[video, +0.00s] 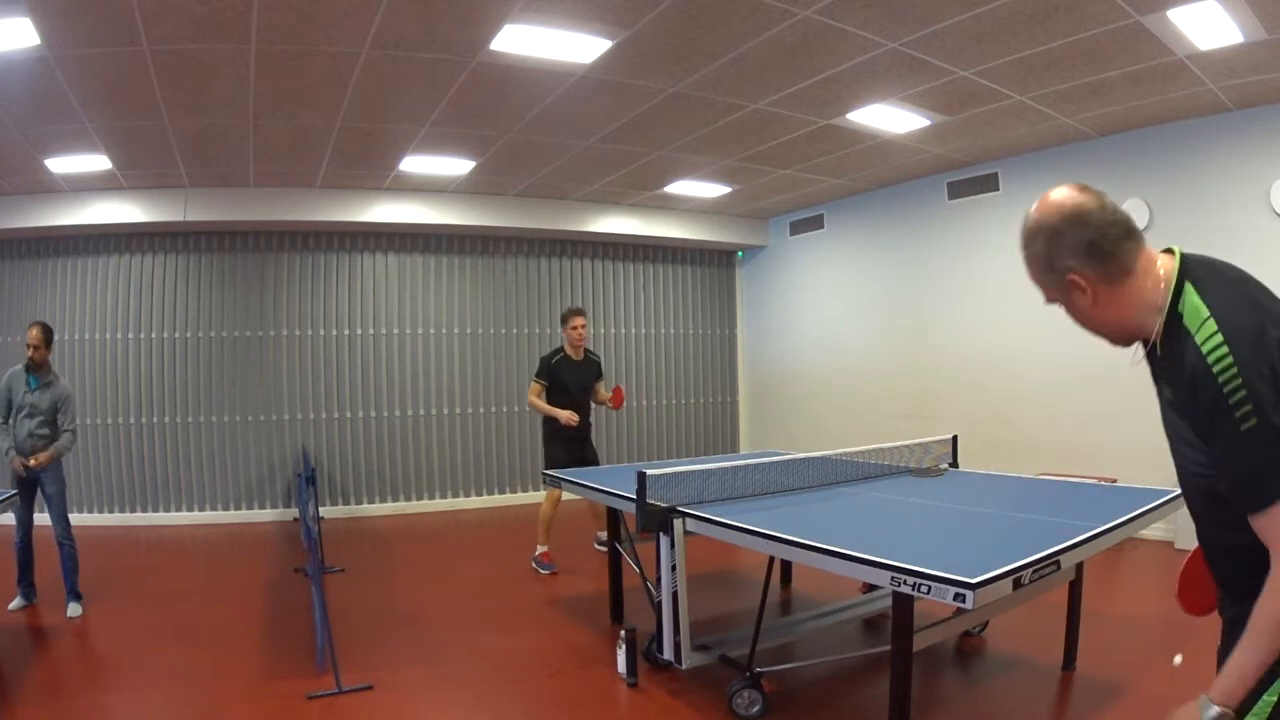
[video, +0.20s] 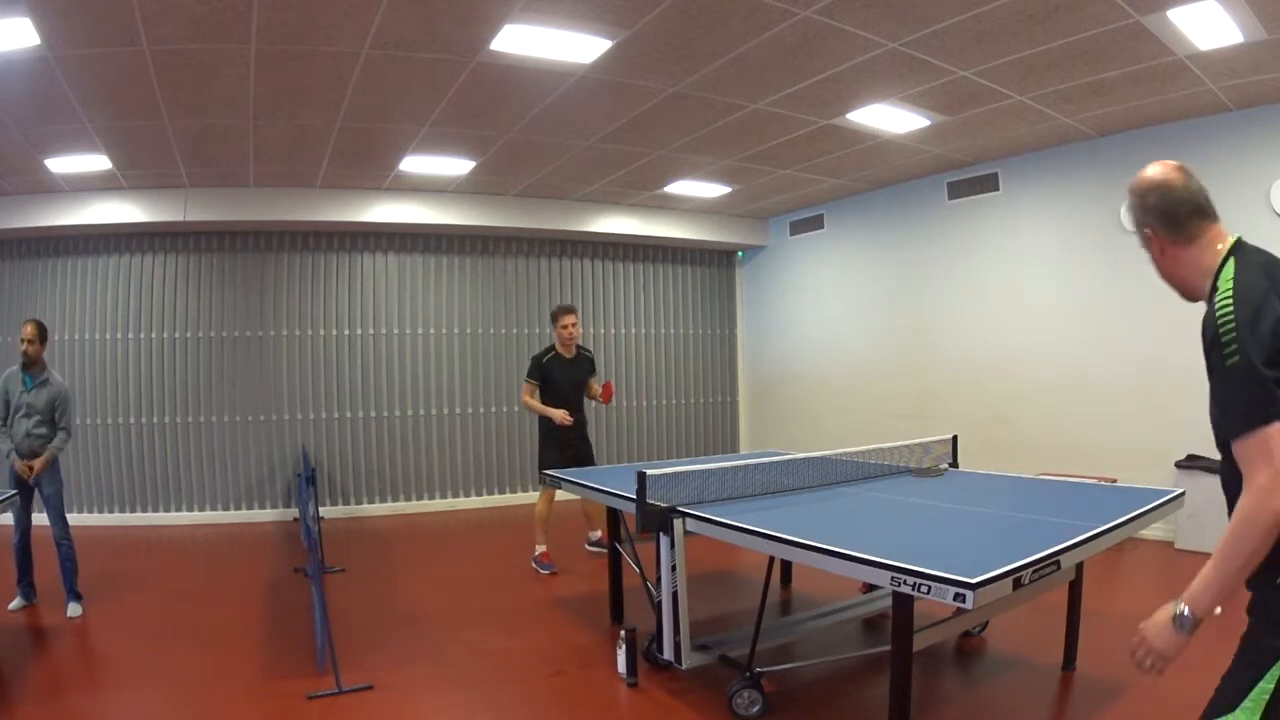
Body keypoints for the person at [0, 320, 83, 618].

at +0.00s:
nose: (30, 352)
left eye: (36, 348)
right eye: (28, 346)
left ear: (49, 349)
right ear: (25, 346)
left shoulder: (60, 390)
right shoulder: (12, 378)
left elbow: (69, 434)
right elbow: (4, 421)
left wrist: (48, 456)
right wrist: (12, 454)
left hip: (49, 464)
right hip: (19, 464)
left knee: (62, 532)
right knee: (22, 533)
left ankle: (73, 596)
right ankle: (26, 593)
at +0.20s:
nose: (24, 346)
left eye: (30, 342)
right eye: (22, 341)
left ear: (43, 346)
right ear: (19, 343)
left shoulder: (58, 388)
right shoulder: (8, 380)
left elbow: (64, 432)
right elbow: (3, 426)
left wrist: (44, 459)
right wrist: (14, 458)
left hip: (47, 462)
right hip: (16, 462)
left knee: (60, 531)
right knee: (21, 532)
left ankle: (73, 596)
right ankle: (26, 593)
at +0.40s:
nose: (22, 344)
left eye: (27, 339)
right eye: (19, 339)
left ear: (41, 343)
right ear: (16, 342)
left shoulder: (55, 385)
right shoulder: (7, 379)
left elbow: (67, 428)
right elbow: (5, 418)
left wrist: (52, 457)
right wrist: (7, 449)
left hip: (44, 465)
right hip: (13, 464)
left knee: (58, 534)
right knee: (18, 534)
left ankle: (72, 596)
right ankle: (25, 593)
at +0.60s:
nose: (20, 342)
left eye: (26, 337)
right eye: (18, 337)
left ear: (39, 342)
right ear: (15, 341)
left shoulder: (54, 384)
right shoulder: (6, 379)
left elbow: (64, 427)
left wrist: (50, 453)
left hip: (42, 464)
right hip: (12, 464)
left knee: (58, 533)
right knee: (19, 534)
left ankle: (73, 596)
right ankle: (26, 593)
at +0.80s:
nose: (19, 342)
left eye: (26, 338)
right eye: (17, 337)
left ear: (39, 342)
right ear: (15, 342)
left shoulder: (53, 384)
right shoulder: (5, 379)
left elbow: (61, 428)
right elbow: (3, 417)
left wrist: (44, 451)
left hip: (41, 464)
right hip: (10, 464)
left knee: (57, 532)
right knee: (19, 533)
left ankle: (72, 596)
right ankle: (26, 593)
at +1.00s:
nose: (17, 345)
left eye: (23, 340)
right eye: (14, 340)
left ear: (37, 344)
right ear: (12, 344)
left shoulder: (52, 384)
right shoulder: (6, 381)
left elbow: (61, 428)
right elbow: (4, 411)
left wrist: (43, 449)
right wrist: (3, 414)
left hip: (40, 464)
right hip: (11, 465)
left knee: (57, 532)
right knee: (19, 533)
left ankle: (72, 596)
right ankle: (26, 593)